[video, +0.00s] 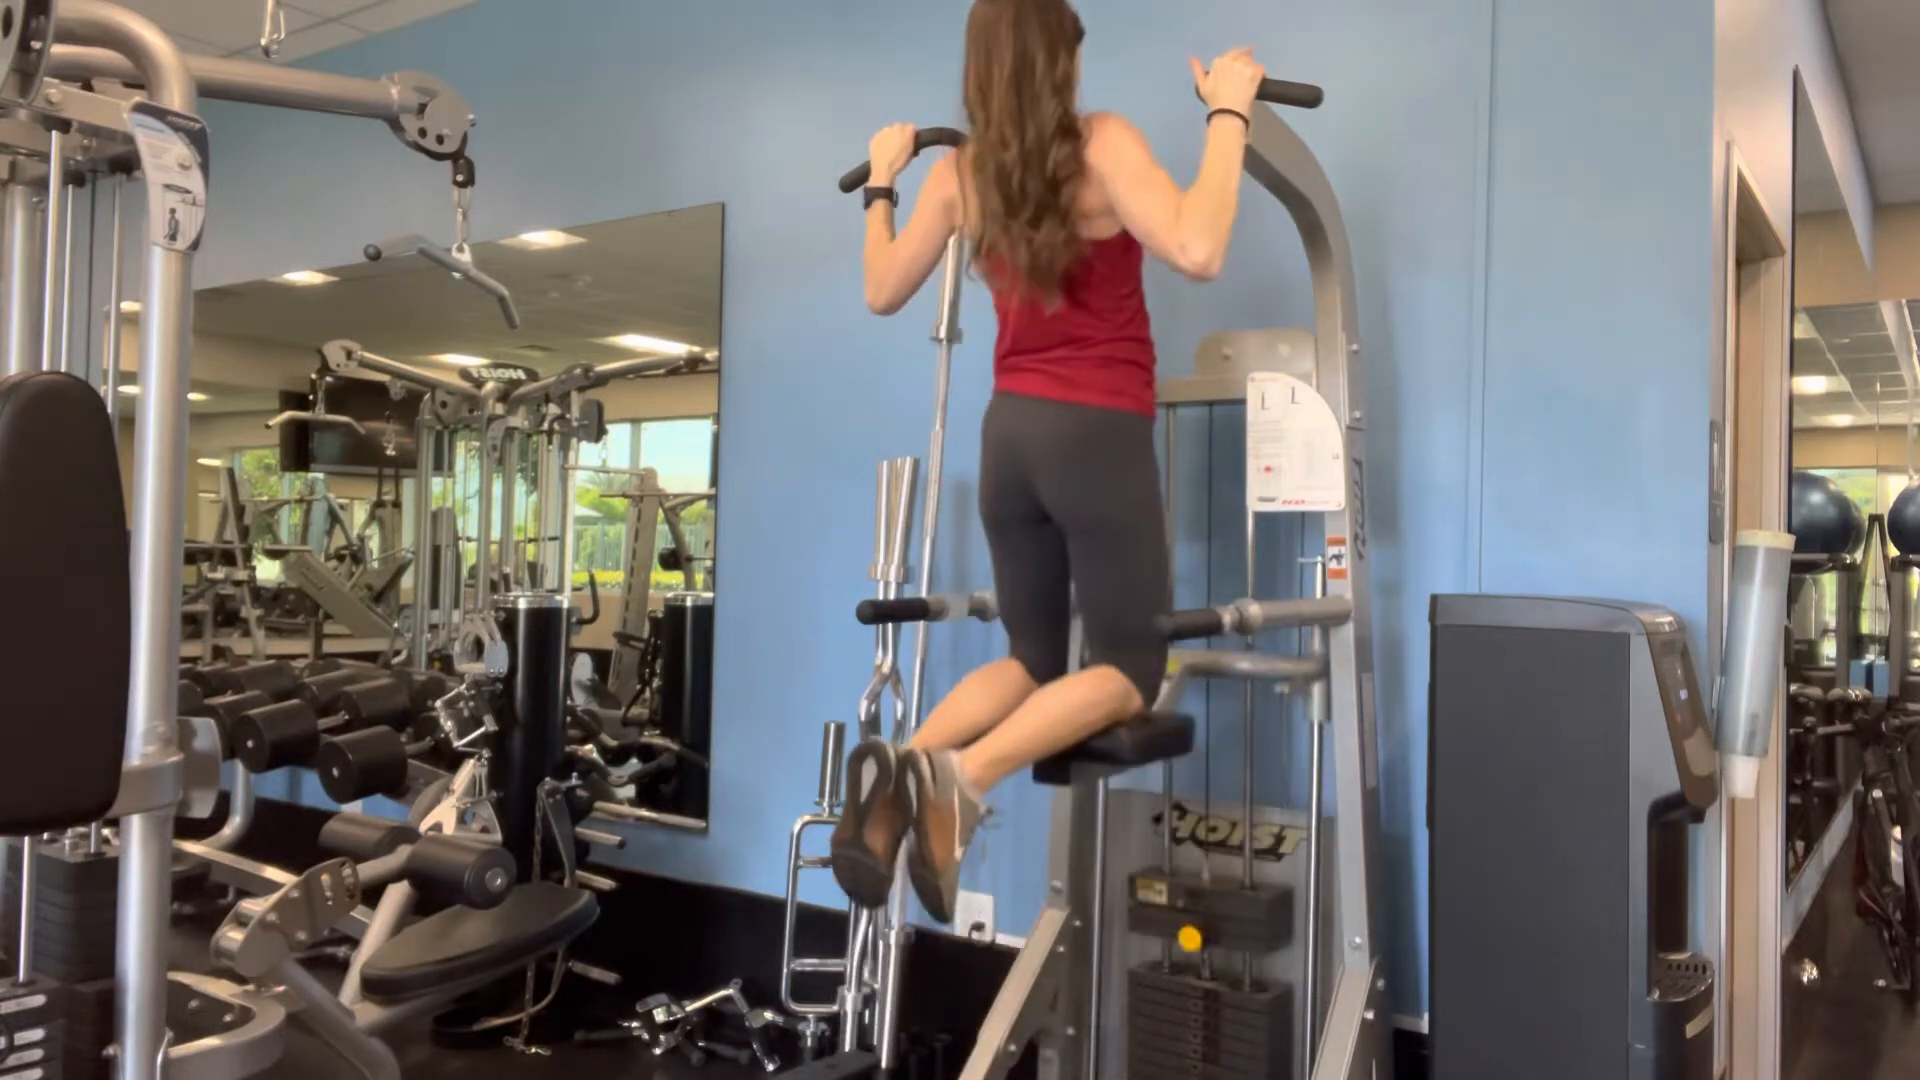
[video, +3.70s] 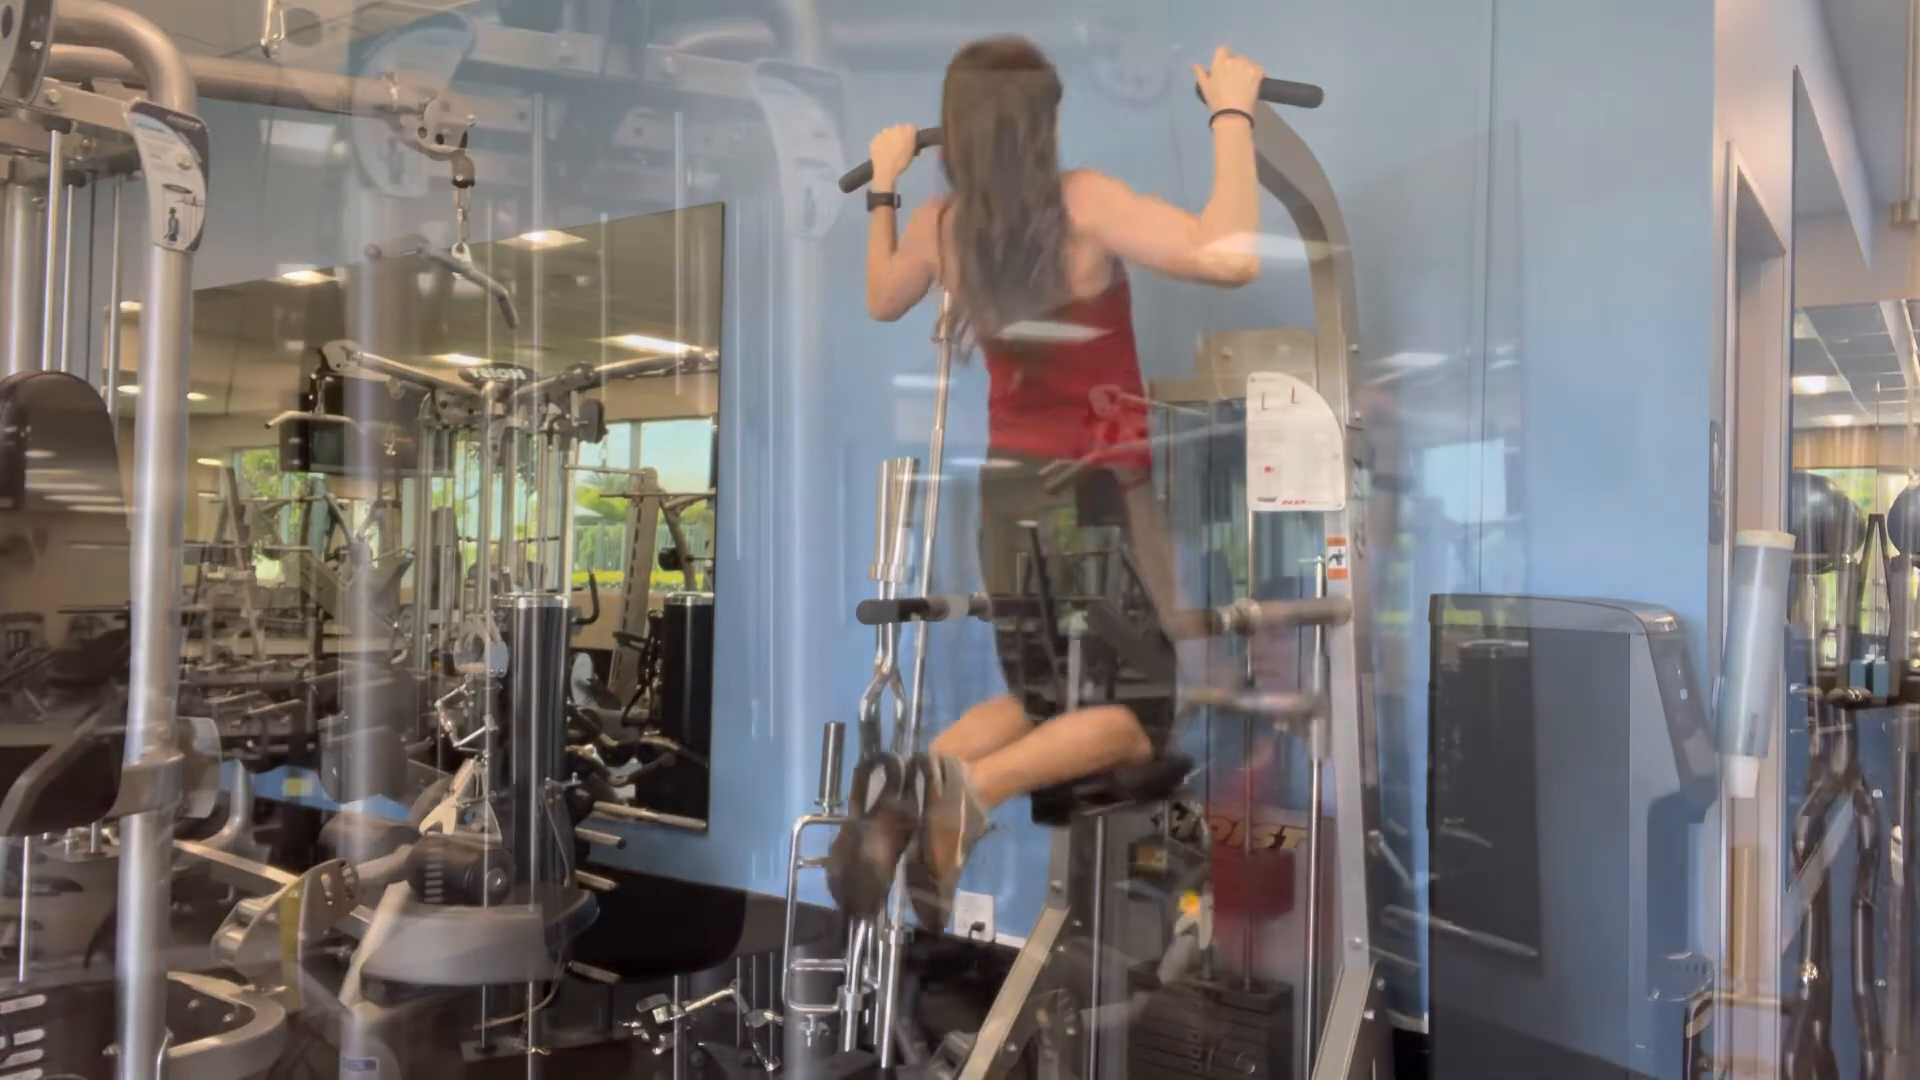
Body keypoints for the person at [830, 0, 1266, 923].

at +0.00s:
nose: (1076, 62)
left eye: (1064, 45)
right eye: (1072, 48)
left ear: (982, 65)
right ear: (1064, 59)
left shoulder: (960, 169)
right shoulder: (1103, 142)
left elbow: (884, 289)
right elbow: (1199, 250)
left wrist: (880, 178)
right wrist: (1229, 113)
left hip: (1009, 435)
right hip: (1097, 437)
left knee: (1033, 660)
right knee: (1130, 674)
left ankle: (904, 769)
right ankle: (963, 779)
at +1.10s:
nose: (1040, 169)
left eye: (1018, 160)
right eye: (1031, 160)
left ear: (950, 193)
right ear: (1026, 181)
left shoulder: (947, 283)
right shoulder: (1073, 260)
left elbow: (883, 295)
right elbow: (1233, 257)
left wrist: (885, 188)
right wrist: (1230, 116)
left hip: (999, 557)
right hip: (1086, 560)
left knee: (1028, 765)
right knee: (1128, 785)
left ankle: (901, 854)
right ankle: (958, 868)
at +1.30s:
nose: (1032, 287)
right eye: (1023, 275)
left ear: (945, 307)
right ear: (1025, 293)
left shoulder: (946, 383)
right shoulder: (1069, 366)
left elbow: (900, 293)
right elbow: (1205, 270)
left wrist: (884, 184)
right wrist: (1224, 117)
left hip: (992, 664)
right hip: (1081, 672)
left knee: (1020, 878)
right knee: (1121, 900)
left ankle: (890, 984)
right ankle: (950, 1002)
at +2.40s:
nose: (1056, 146)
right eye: (1051, 135)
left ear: (953, 153)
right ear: (1039, 144)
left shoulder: (956, 239)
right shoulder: (1075, 227)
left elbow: (883, 300)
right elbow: (1238, 256)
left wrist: (885, 187)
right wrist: (1231, 117)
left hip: (1001, 520)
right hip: (1090, 527)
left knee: (1026, 742)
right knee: (1132, 755)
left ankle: (903, 855)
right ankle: (966, 859)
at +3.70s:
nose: (1057, 120)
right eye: (1053, 106)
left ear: (955, 126)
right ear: (1044, 117)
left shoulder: (943, 222)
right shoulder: (1083, 200)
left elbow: (884, 297)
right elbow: (1228, 255)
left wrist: (880, 188)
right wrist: (1233, 114)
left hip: (1005, 490)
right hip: (1088, 493)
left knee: (1041, 697)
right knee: (1144, 713)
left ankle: (912, 782)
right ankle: (973, 789)